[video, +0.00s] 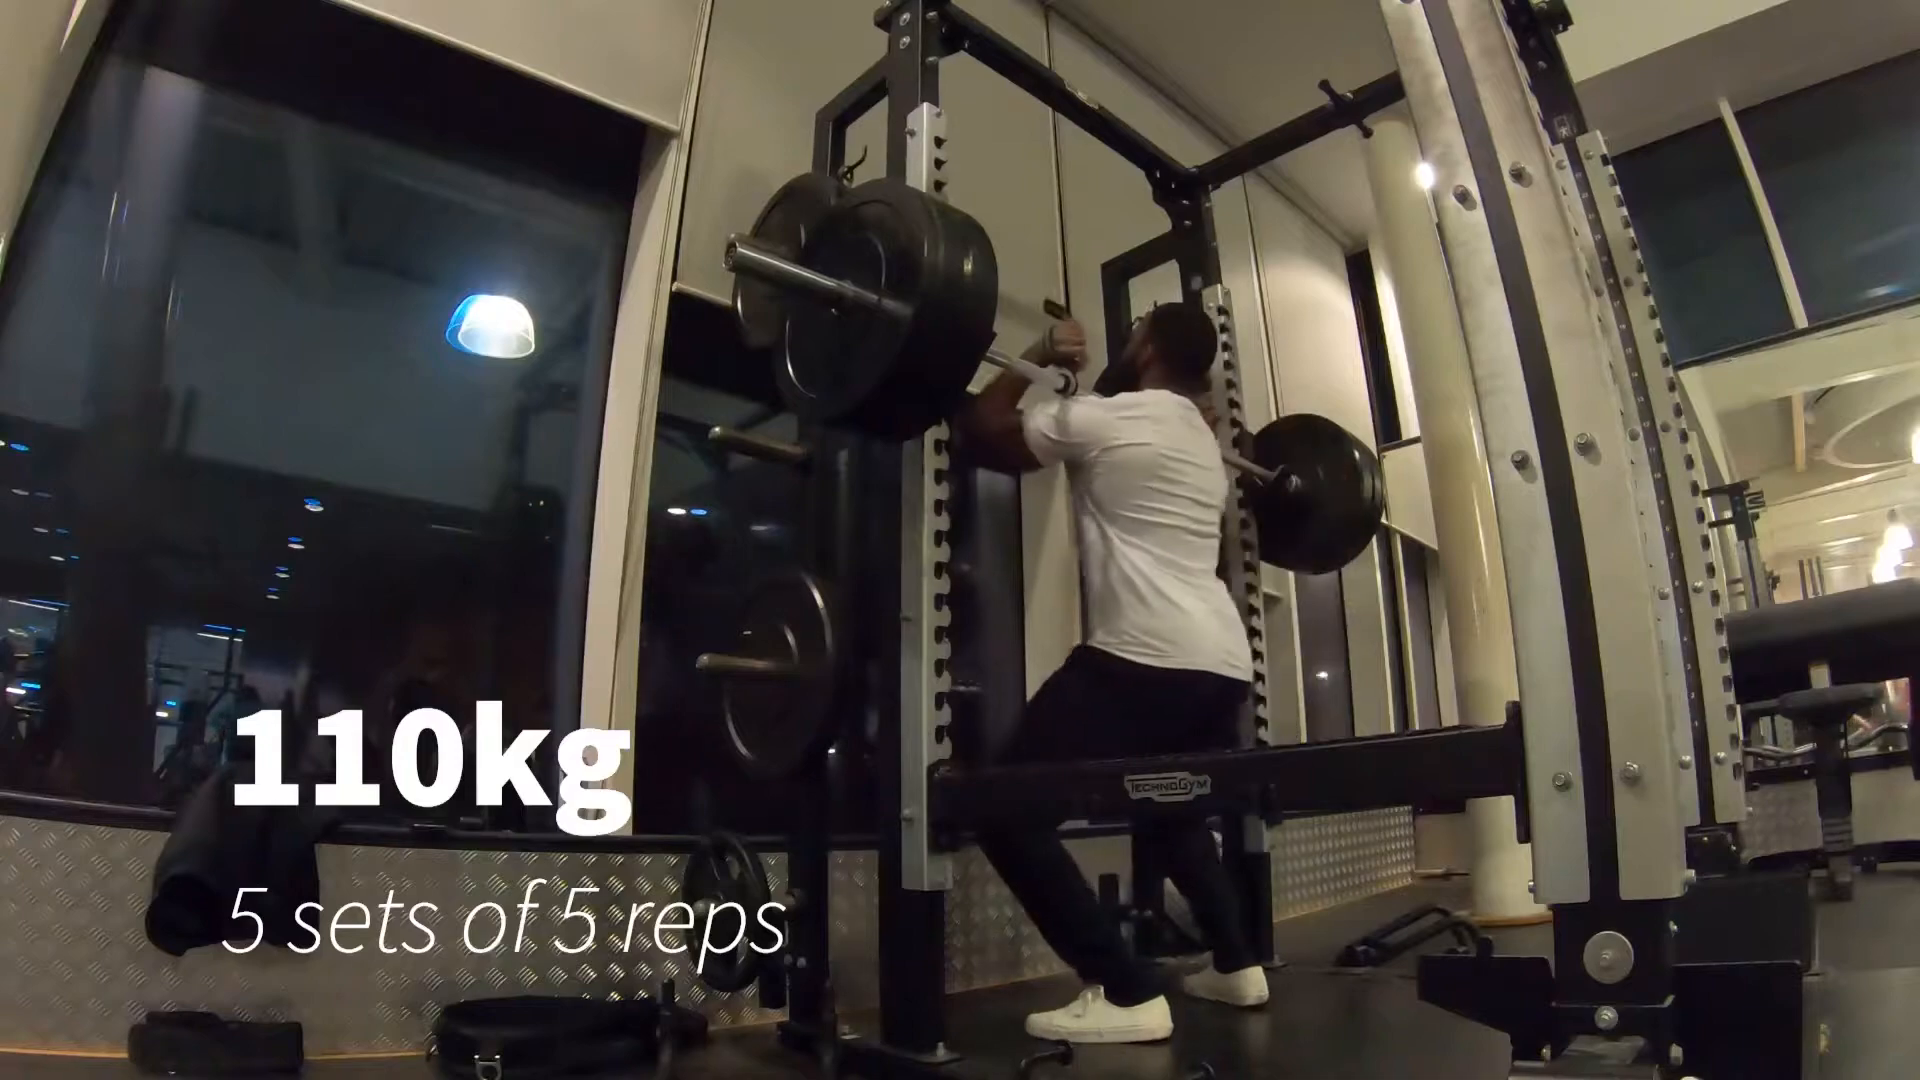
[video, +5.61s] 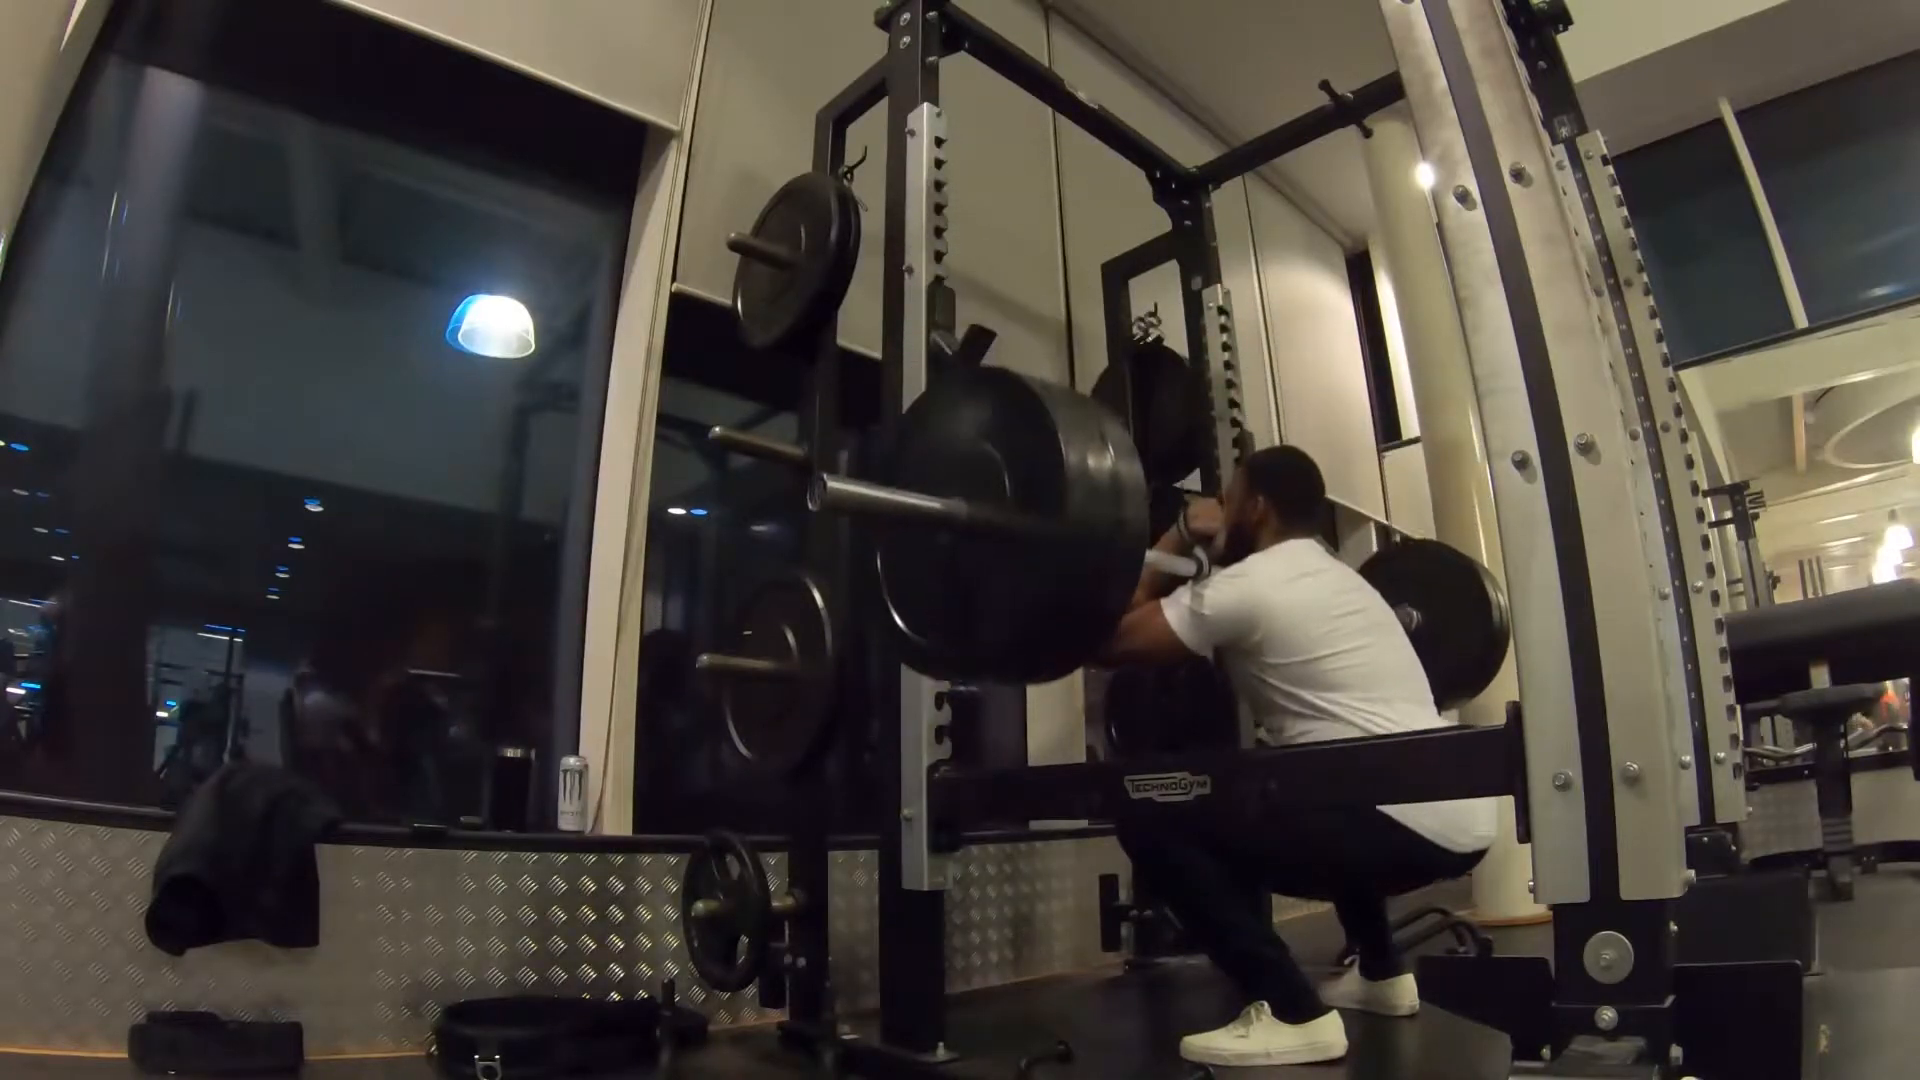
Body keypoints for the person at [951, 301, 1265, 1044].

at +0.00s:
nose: (1124, 347)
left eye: (1133, 336)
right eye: (1133, 337)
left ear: (1145, 349)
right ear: (1197, 369)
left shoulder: (1101, 419)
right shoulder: (1205, 439)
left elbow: (980, 428)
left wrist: (1038, 360)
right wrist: (1069, 380)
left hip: (1131, 662)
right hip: (1221, 673)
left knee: (1004, 808)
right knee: (1169, 805)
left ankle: (1126, 994)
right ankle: (1238, 965)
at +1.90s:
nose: (1155, 263)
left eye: (1163, 252)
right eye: (1163, 253)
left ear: (1183, 260)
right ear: (1227, 275)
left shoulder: (1154, 331)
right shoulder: (1249, 356)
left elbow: (1024, 346)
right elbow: (1119, 448)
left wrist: (1091, 279)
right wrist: (1110, 319)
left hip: (1188, 565)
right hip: (1273, 571)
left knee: (1135, 773)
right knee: (1231, 769)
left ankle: (1132, 994)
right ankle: (1243, 968)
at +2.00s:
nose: (1160, 257)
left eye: (1169, 246)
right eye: (1168, 247)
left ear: (1188, 257)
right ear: (1232, 271)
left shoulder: (1160, 326)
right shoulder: (1256, 349)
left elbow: (1027, 340)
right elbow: (1126, 443)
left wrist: (1093, 276)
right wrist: (1120, 306)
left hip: (1194, 559)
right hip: (1276, 567)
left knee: (1137, 756)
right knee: (1228, 760)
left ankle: (1196, 971)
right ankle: (1242, 964)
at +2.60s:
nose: (1198, 230)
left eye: (1206, 220)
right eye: (1204, 221)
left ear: (1226, 225)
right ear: (1274, 236)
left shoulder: (1201, 293)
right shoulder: (1299, 309)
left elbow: (1056, 323)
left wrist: (1133, 244)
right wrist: (1157, 274)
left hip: (1262, 541)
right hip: (1338, 541)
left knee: (1262, 770)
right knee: (1300, 759)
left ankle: (1301, 1011)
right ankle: (1375, 947)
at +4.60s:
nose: (1227, 288)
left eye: (1236, 277)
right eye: (1233, 279)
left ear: (1259, 284)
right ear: (1309, 298)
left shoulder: (1238, 353)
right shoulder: (1333, 364)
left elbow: (1093, 378)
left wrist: (1164, 312)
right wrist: (1208, 315)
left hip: (1324, 594)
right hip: (1415, 601)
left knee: (1204, 778)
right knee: (1324, 768)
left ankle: (1293, 1012)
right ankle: (1384, 969)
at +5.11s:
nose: (1223, 406)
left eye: (1231, 394)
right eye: (1226, 393)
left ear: (1255, 405)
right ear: (1302, 412)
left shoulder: (1242, 477)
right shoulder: (1334, 476)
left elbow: (1104, 518)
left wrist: (1157, 443)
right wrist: (1214, 436)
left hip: (1363, 695)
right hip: (1455, 703)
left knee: (1167, 795)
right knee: (1309, 785)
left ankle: (1293, 1012)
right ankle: (1384, 972)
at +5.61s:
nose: (1222, 511)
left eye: (1229, 500)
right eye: (1225, 499)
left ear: (1260, 508)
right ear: (1310, 512)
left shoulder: (1245, 588)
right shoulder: (1337, 573)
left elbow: (1111, 639)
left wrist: (1174, 542)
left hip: (1385, 828)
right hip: (1460, 830)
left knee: (1156, 821)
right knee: (1307, 783)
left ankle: (1293, 1013)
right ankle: (1383, 972)